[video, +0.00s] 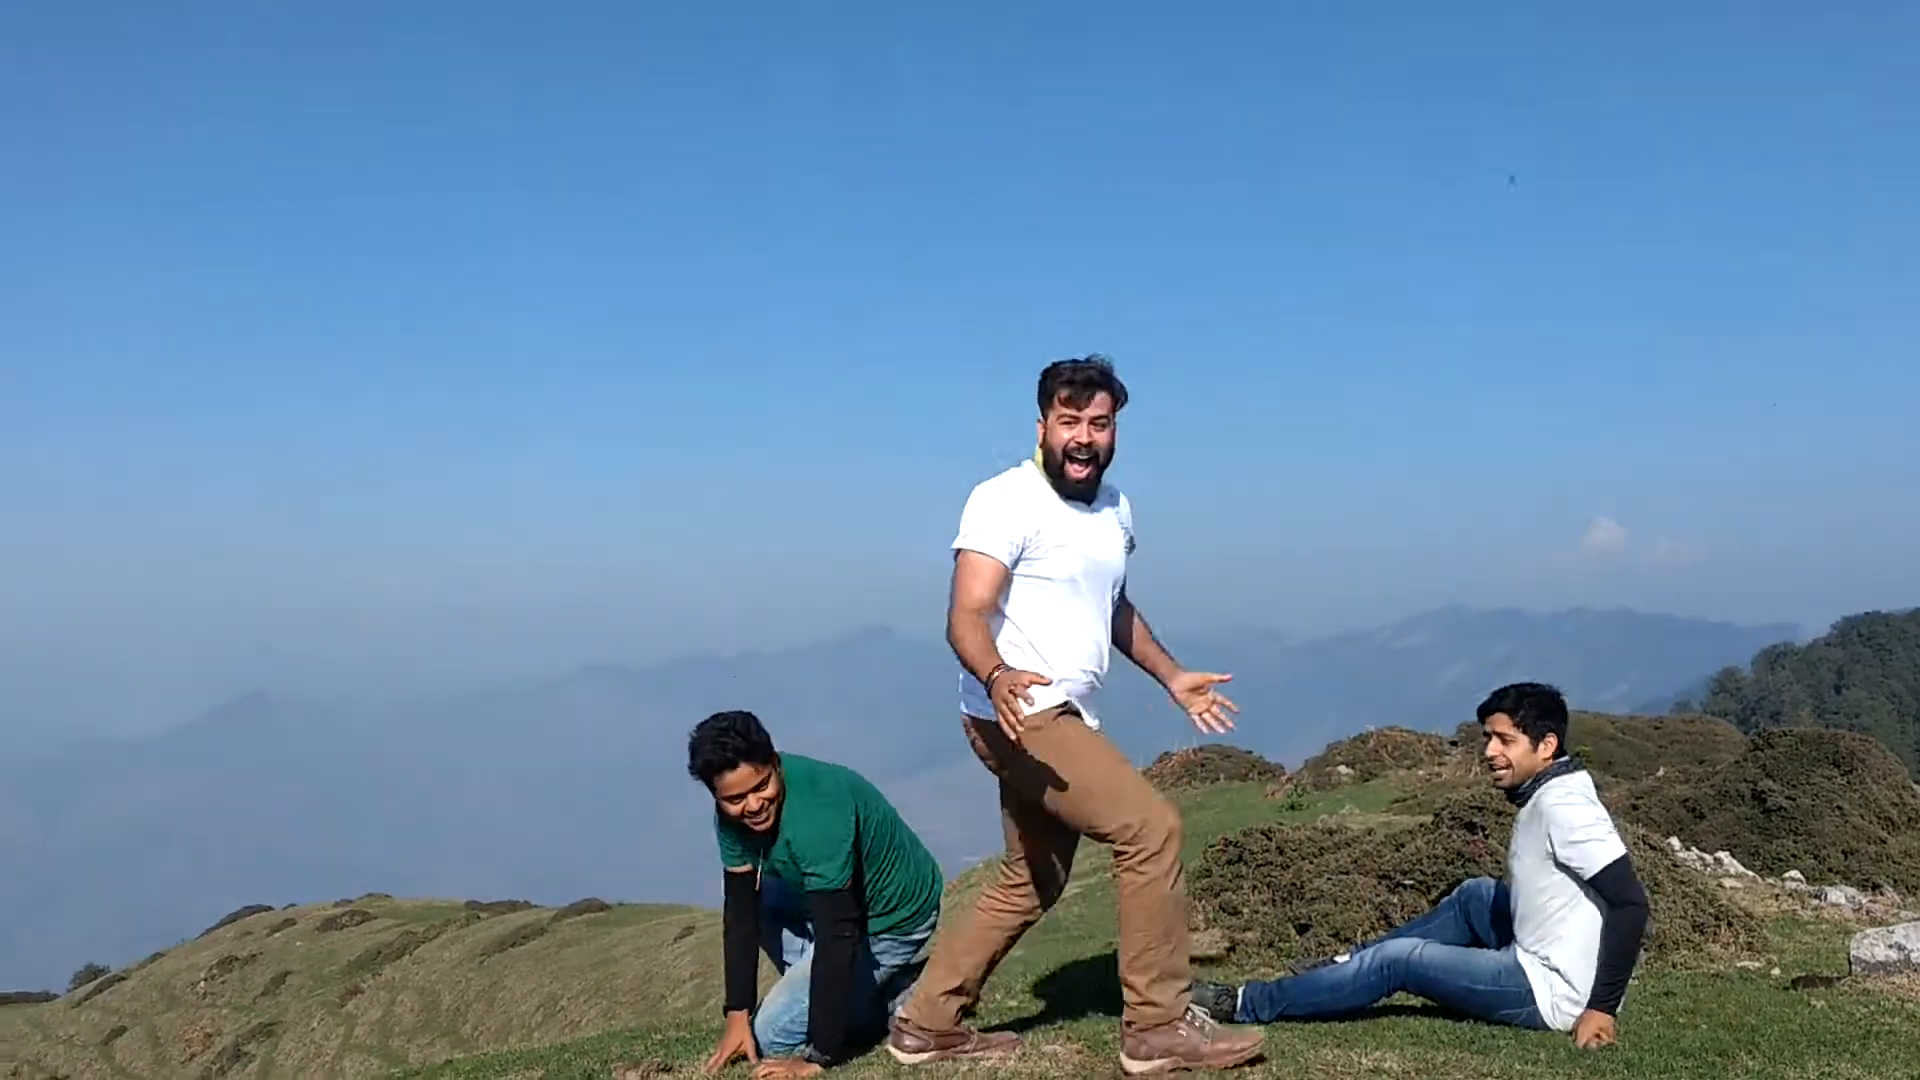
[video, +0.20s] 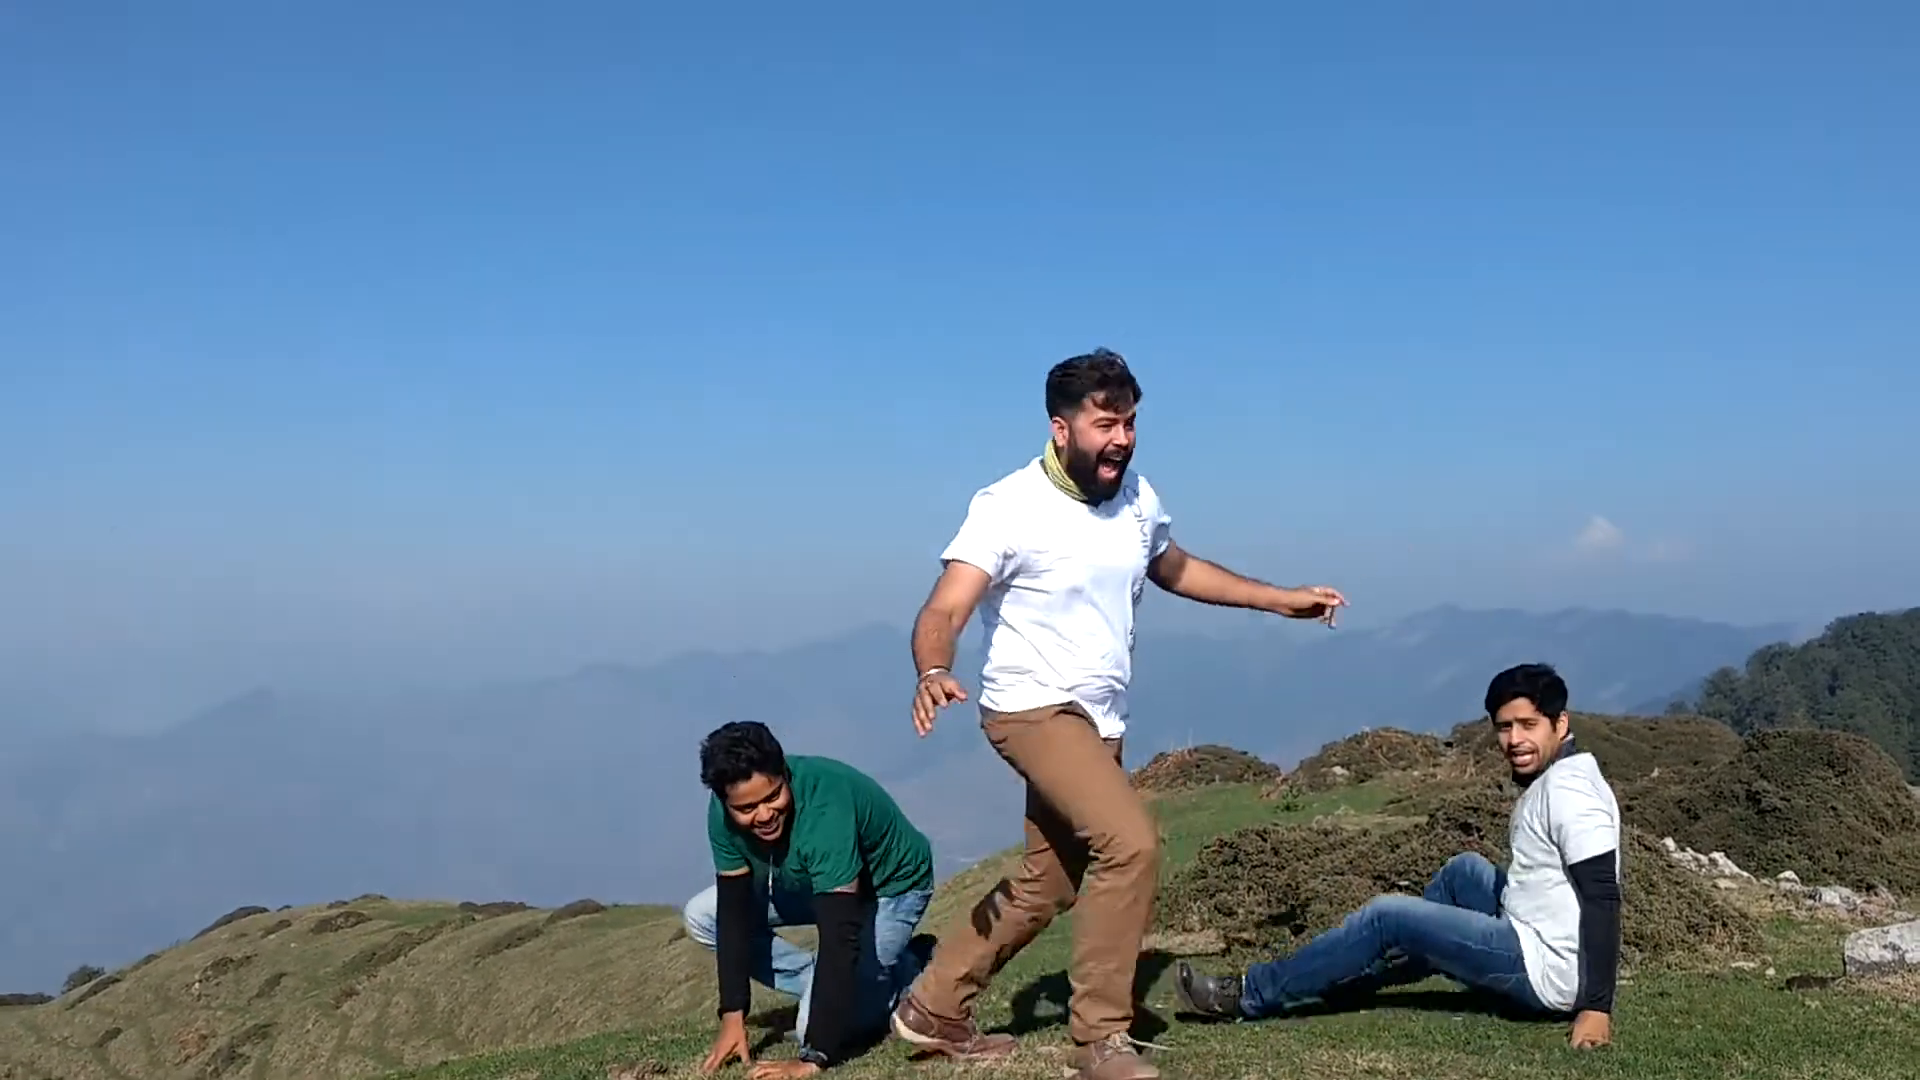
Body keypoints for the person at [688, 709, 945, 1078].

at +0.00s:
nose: (754, 806)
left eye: (761, 786)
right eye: (735, 799)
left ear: (776, 764)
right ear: (716, 798)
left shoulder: (817, 818)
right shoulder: (732, 814)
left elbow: (838, 937)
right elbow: (739, 914)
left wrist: (819, 1056)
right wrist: (738, 1014)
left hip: (892, 924)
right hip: (835, 896)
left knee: (771, 1036)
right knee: (759, 902)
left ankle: (898, 989)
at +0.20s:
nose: (764, 815)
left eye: (772, 797)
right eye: (746, 808)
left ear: (785, 776)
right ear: (724, 802)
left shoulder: (825, 809)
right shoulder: (724, 813)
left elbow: (839, 938)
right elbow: (735, 916)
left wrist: (815, 1057)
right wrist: (733, 1016)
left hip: (890, 886)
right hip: (822, 881)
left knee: (818, 1035)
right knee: (703, 915)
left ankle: (914, 963)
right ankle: (822, 987)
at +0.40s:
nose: (788, 810)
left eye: (800, 794)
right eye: (773, 798)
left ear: (817, 781)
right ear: (752, 792)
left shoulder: (847, 809)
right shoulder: (741, 810)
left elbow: (843, 937)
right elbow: (744, 918)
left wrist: (815, 1051)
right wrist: (732, 1020)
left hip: (880, 880)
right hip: (802, 891)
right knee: (704, 956)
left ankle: (873, 983)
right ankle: (823, 991)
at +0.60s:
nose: (816, 775)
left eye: (826, 760)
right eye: (800, 764)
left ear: (840, 750)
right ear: (776, 761)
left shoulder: (869, 774)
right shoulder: (761, 797)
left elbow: (906, 888)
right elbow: (753, 909)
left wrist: (835, 953)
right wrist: (732, 1016)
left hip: (871, 871)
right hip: (801, 883)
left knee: (969, 906)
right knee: (726, 940)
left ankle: (873, 985)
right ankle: (814, 996)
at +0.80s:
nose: (828, 717)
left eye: (837, 703)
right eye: (812, 707)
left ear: (849, 693)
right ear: (786, 707)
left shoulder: (881, 708)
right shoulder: (777, 759)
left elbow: (983, 697)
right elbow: (743, 871)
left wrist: (984, 760)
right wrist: (704, 971)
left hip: (877, 819)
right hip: (804, 833)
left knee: (930, 892)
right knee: (768, 909)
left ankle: (873, 995)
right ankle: (816, 1002)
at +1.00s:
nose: (827, 619)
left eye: (835, 605)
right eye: (811, 609)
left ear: (846, 599)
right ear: (782, 611)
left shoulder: (881, 629)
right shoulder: (769, 668)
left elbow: (966, 607)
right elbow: (725, 763)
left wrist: (1048, 589)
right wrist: (686, 865)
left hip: (876, 770)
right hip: (795, 781)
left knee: (903, 887)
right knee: (780, 893)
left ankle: (873, 998)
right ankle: (815, 1003)